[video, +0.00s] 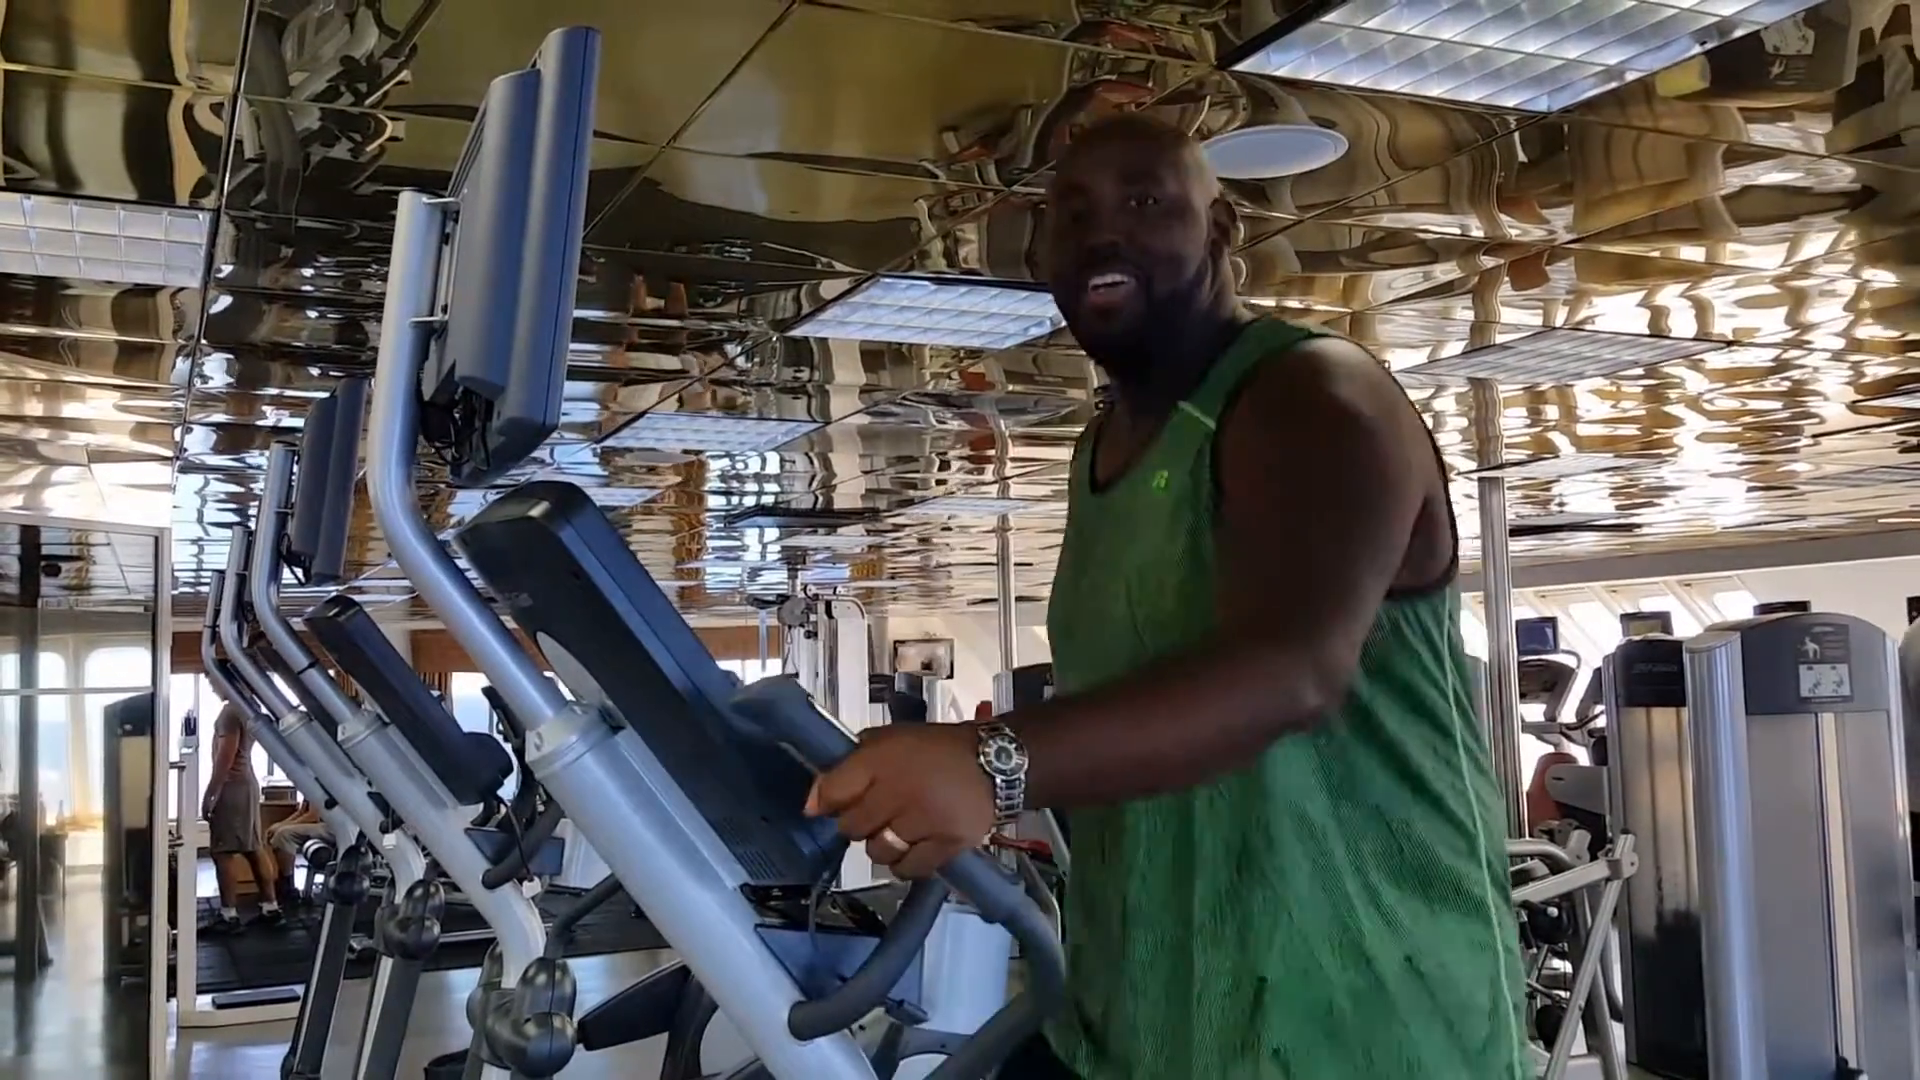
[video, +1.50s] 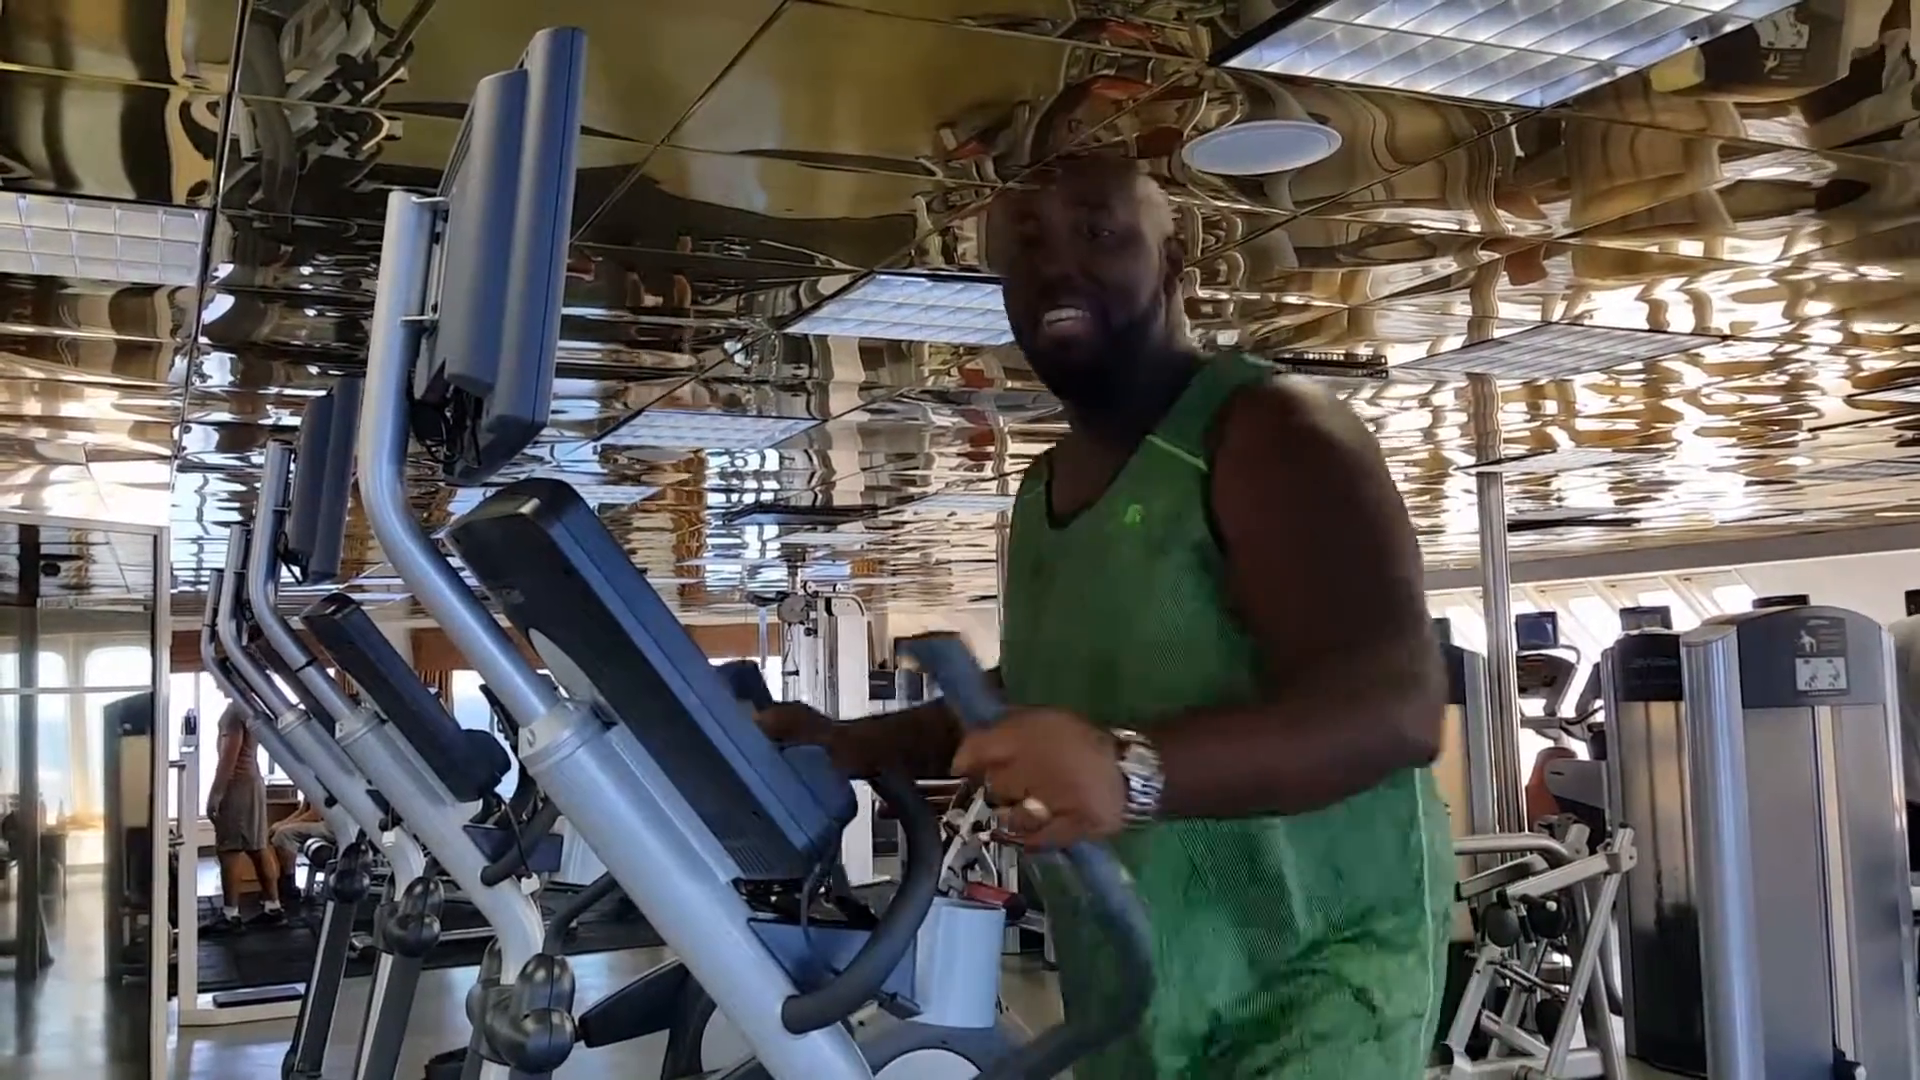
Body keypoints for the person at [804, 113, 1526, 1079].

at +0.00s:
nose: (1099, 221)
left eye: (1145, 198)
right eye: (1069, 200)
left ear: (1223, 239)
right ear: (1038, 252)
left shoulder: (1322, 398)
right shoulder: (1107, 443)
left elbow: (1297, 666)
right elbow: (1151, 698)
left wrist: (999, 766)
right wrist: (994, 755)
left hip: (1348, 1008)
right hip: (1153, 996)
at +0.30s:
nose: (1093, 251)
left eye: (1136, 223)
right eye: (1064, 222)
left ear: (1202, 257)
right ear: (1030, 260)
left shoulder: (1307, 424)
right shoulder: (1064, 474)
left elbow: (1365, 705)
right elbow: (1058, 666)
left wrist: (1107, 767)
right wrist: (888, 744)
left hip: (1319, 1010)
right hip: (1132, 1007)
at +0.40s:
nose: (1096, 290)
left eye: (1136, 258)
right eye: (1065, 267)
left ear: (1205, 284)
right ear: (1035, 301)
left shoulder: (1323, 458)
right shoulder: (1056, 508)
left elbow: (1462, 734)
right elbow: (984, 713)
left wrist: (1219, 799)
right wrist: (787, 736)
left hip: (1322, 1012)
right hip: (1129, 1013)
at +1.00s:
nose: (1091, 296)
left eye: (1133, 258)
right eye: (1064, 269)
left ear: (1221, 277)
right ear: (1044, 297)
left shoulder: (1336, 463)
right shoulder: (1102, 490)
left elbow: (1389, 751)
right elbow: (1107, 719)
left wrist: (1092, 774)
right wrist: (901, 757)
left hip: (1345, 1037)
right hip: (1134, 1029)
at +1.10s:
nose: (1076, 283)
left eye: (1118, 245)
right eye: (1051, 253)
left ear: (1205, 266)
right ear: (1027, 279)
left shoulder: (1311, 430)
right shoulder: (1104, 467)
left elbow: (1310, 714)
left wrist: (1015, 764)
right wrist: (1026, 797)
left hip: (1336, 1023)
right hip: (1143, 1013)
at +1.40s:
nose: (1039, 225)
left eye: (1081, 193)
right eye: (1013, 199)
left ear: (1157, 219)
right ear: (987, 232)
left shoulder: (1269, 381)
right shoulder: (1056, 442)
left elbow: (1305, 639)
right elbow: (1056, 665)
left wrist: (1041, 761)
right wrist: (943, 756)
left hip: (1319, 985)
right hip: (1140, 989)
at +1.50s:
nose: (1054, 261)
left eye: (1097, 232)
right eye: (1024, 239)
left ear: (1172, 268)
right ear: (998, 284)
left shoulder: (1282, 433)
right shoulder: (1048, 489)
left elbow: (1389, 704)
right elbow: (1046, 709)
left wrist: (1136, 768)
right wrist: (847, 747)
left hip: (1314, 992)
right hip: (1126, 996)